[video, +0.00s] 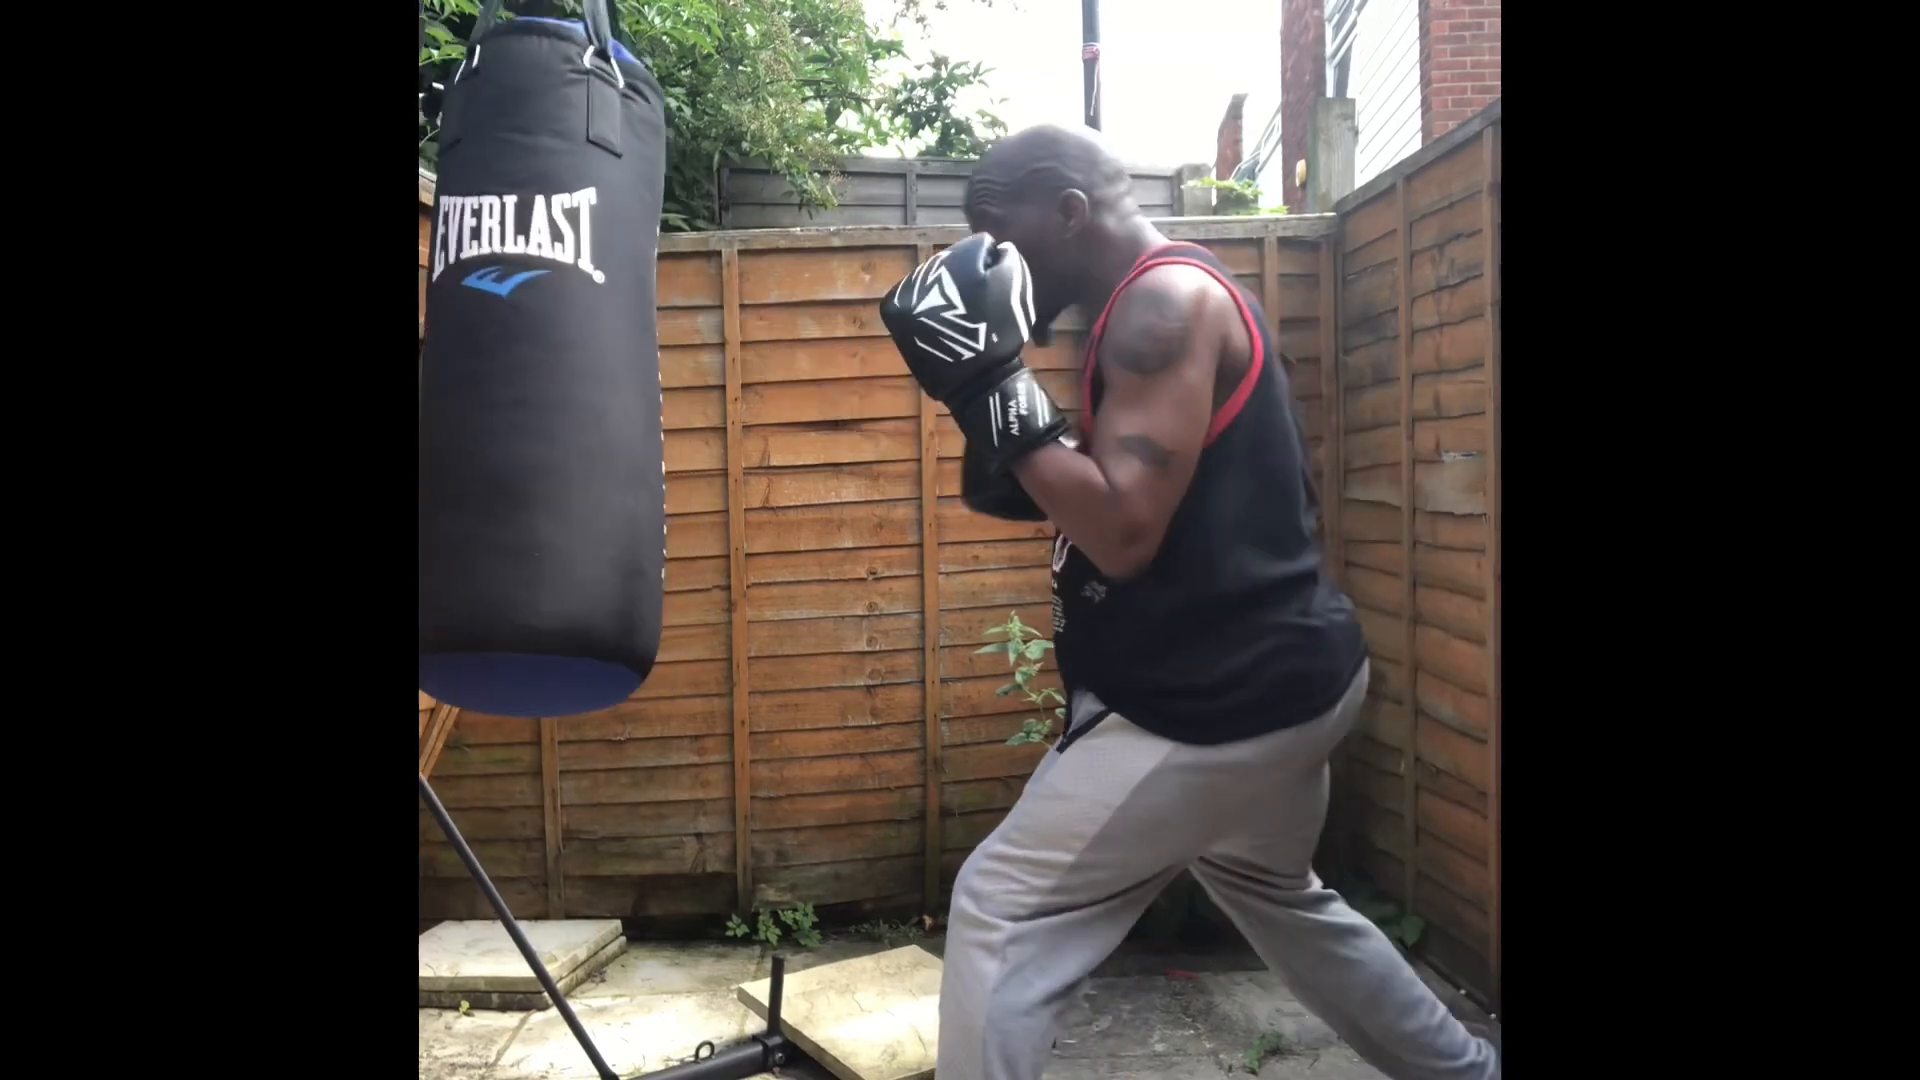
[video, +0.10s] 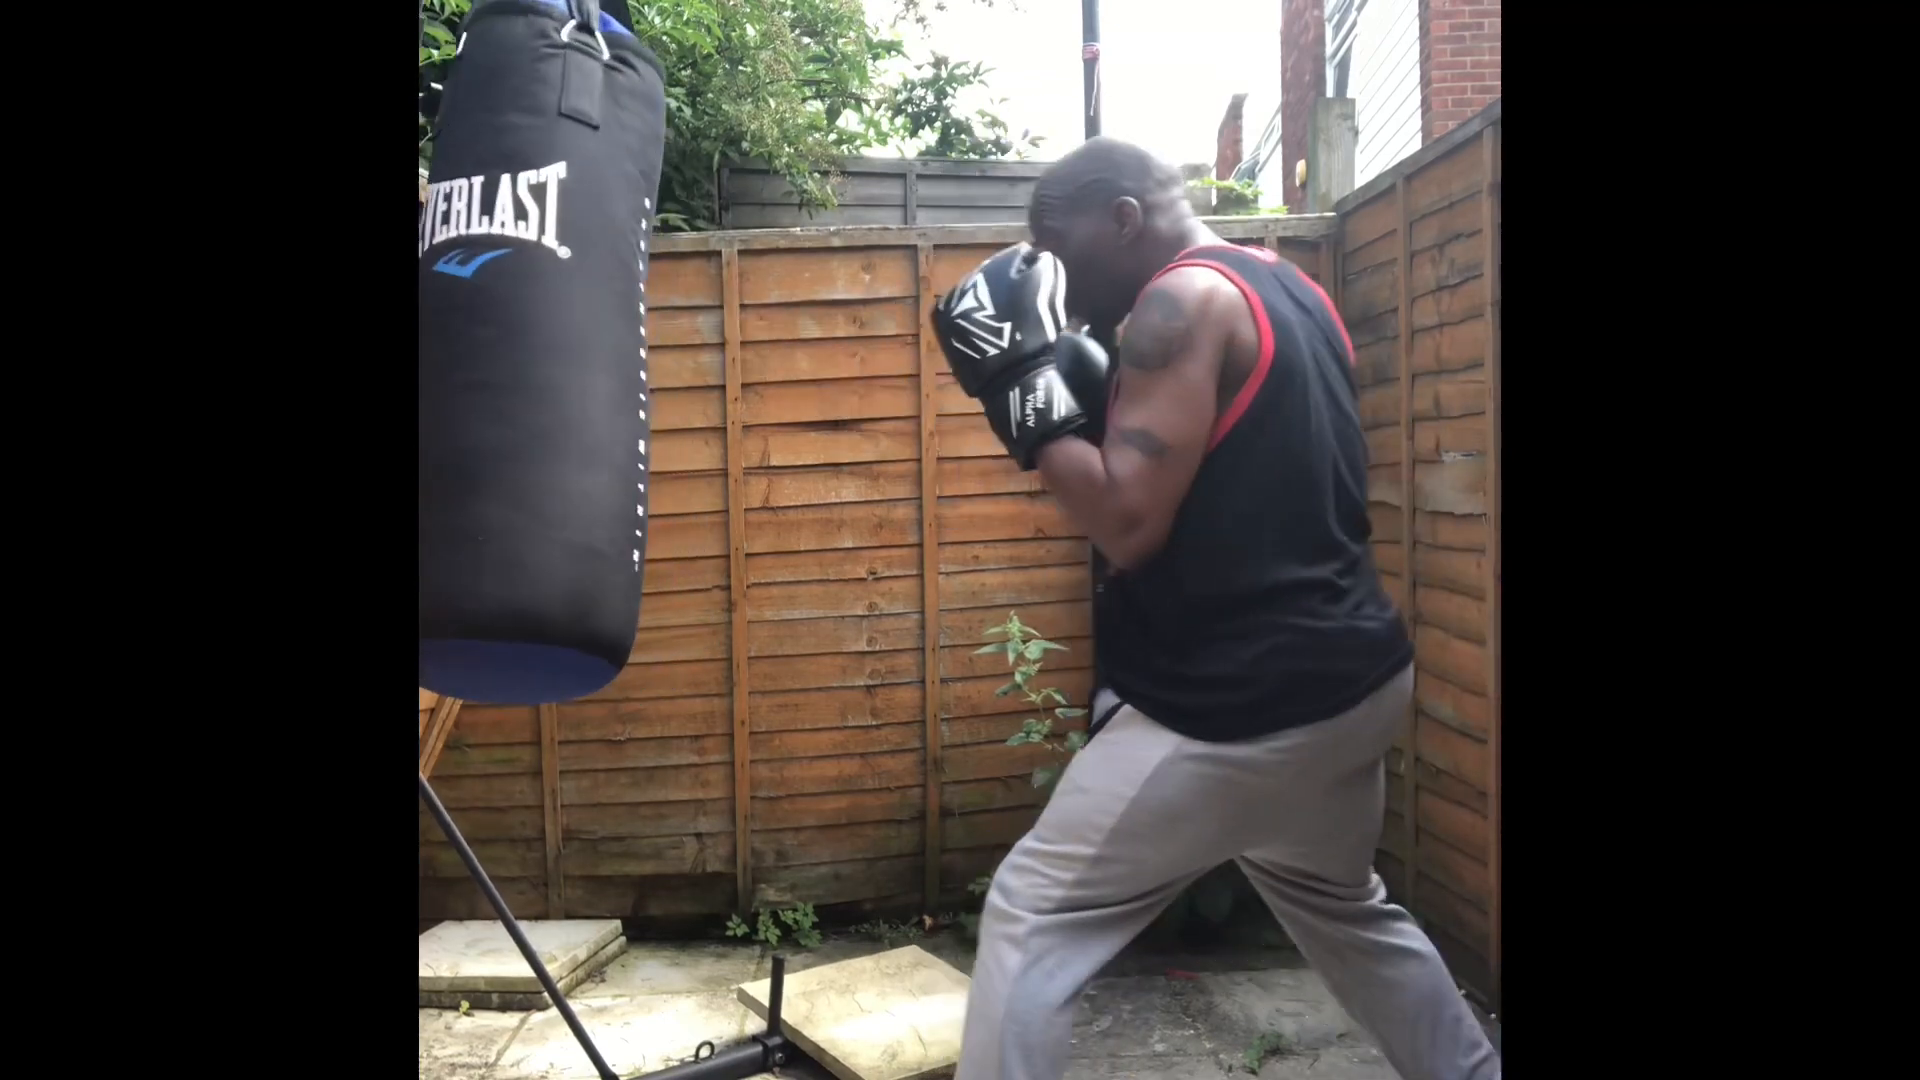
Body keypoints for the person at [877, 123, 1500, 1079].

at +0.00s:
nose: (988, 251)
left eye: (997, 223)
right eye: (981, 229)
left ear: (1074, 209)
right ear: (1086, 211)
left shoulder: (1165, 301)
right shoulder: (1151, 299)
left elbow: (1121, 530)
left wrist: (995, 387)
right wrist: (988, 411)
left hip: (1211, 697)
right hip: (1279, 680)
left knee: (998, 907)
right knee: (1270, 891)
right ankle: (1463, 1065)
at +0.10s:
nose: (1054, 280)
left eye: (1058, 249)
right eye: (1046, 257)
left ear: (1128, 219)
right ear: (1158, 217)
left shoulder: (1183, 304)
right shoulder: (1292, 287)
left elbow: (1124, 522)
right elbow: (1241, 480)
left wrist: (1020, 388)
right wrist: (1078, 385)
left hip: (1228, 702)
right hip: (1350, 674)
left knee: (1032, 909)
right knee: (1338, 899)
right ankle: (1470, 1068)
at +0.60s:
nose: (1143, 291)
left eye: (1139, 261)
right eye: (1131, 269)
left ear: (1200, 222)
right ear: (1213, 224)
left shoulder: (1281, 299)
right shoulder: (1320, 282)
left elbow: (1250, 516)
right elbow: (1257, 486)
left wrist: (1125, 402)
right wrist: (1132, 414)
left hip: (1315, 679)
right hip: (1409, 660)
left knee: (1122, 908)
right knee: (1367, 898)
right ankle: (1481, 1066)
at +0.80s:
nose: (1164, 273)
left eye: (1167, 243)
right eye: (1158, 248)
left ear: (1234, 221)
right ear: (1279, 218)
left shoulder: (1249, 294)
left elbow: (1201, 496)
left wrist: (1104, 418)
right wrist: (1104, 441)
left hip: (1296, 686)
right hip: (1452, 667)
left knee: (1105, 892)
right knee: (1409, 885)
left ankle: (1069, 1066)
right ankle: (1491, 1061)